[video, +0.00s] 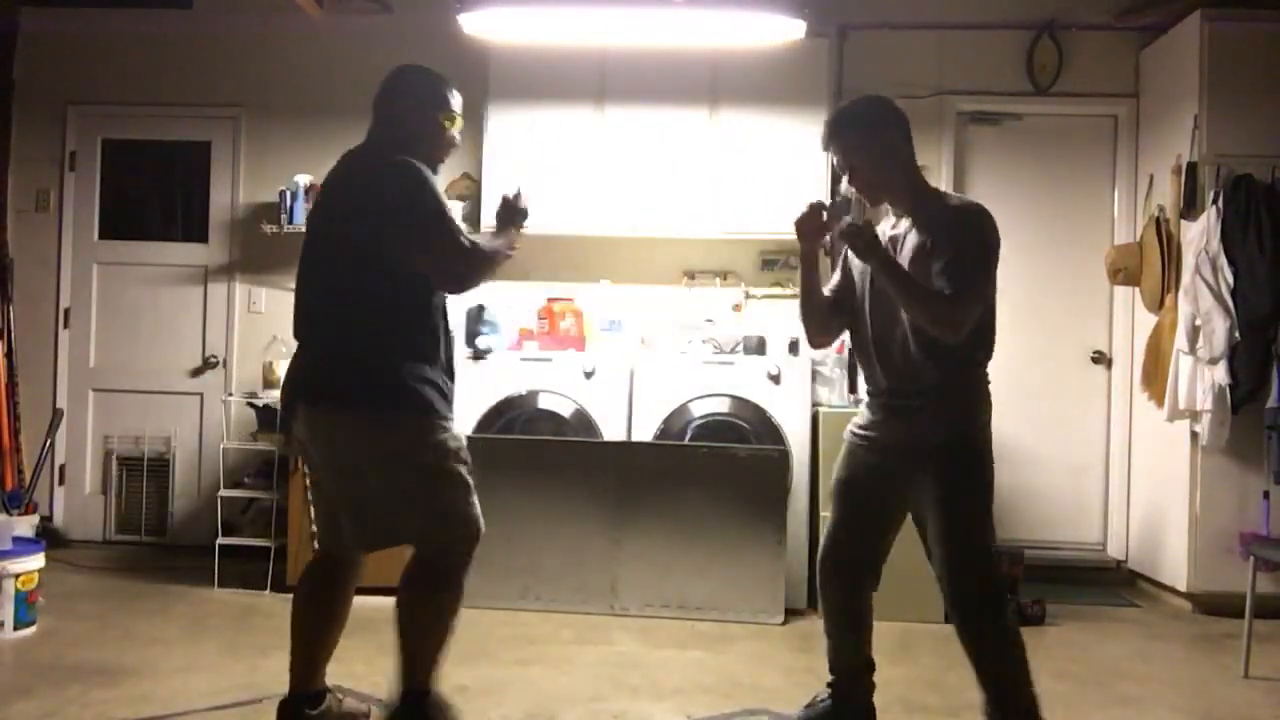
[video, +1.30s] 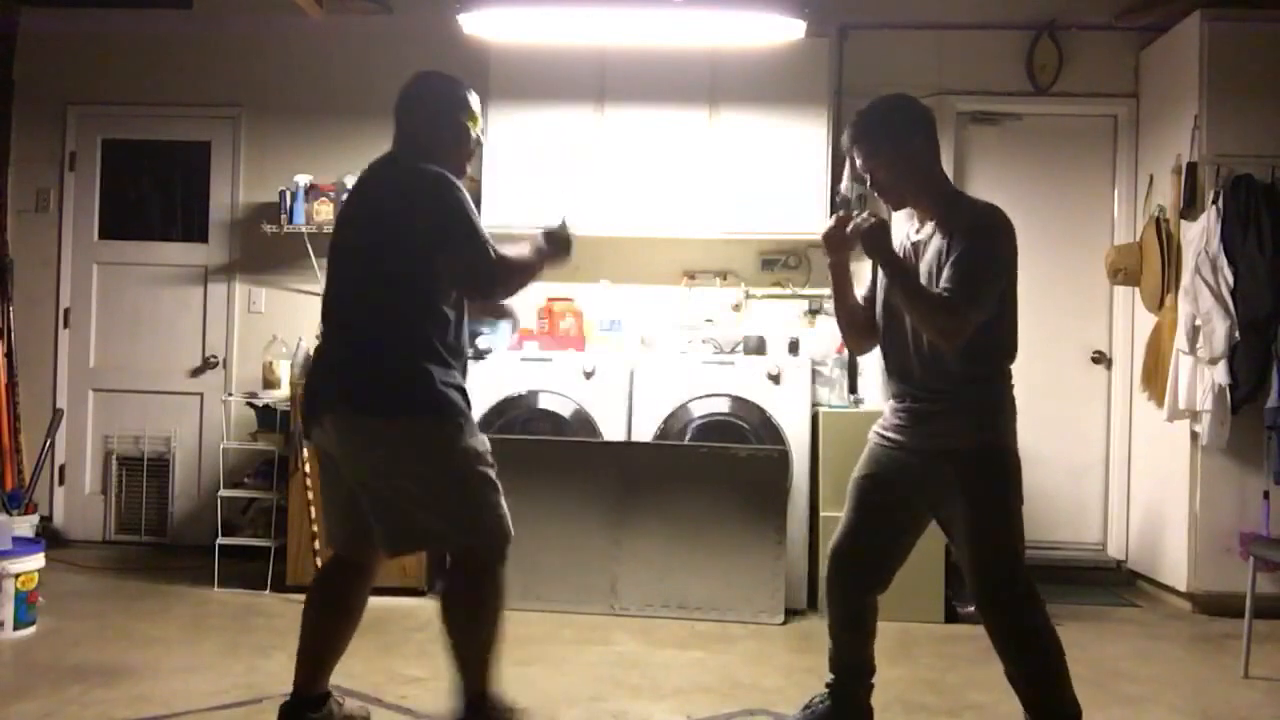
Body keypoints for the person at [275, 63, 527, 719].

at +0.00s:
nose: (454, 134)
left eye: (456, 121)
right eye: (447, 119)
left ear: (384, 115)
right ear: (412, 115)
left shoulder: (344, 177)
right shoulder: (402, 177)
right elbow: (458, 269)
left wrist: (462, 235)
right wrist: (503, 238)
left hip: (321, 397)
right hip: (390, 400)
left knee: (338, 547)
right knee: (452, 533)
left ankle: (304, 696)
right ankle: (416, 698)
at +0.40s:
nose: (467, 138)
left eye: (469, 124)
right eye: (460, 122)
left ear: (398, 119)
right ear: (424, 118)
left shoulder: (362, 181)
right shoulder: (419, 179)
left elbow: (420, 261)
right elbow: (457, 264)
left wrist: (483, 224)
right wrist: (534, 249)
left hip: (340, 400)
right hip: (413, 402)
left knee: (341, 550)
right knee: (483, 534)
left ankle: (303, 695)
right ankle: (473, 696)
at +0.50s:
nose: (498, 148)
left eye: (499, 134)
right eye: (492, 133)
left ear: (430, 126)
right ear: (462, 128)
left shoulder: (382, 187)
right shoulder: (459, 192)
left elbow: (433, 252)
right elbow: (517, 273)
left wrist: (500, 224)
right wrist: (581, 277)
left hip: (354, 401)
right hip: (433, 404)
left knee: (348, 555)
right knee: (494, 555)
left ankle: (302, 699)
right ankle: (527, 705)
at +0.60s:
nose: (536, 156)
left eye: (536, 144)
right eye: (530, 143)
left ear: (468, 137)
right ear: (503, 142)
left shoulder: (409, 196)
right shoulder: (514, 211)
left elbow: (383, 292)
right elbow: (599, 280)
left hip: (369, 405)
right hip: (458, 409)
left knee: (375, 559)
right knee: (519, 561)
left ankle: (309, 696)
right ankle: (544, 710)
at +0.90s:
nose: (575, 166)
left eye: (575, 152)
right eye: (572, 151)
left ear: (508, 144)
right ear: (549, 150)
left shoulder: (439, 197)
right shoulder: (544, 218)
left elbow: (417, 305)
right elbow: (576, 325)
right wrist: (614, 402)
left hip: (395, 404)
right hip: (486, 409)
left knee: (399, 555)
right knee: (552, 557)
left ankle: (332, 692)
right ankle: (552, 712)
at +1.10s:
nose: (519, 159)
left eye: (520, 145)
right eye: (514, 144)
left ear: (452, 140)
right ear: (488, 142)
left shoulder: (398, 198)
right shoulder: (480, 207)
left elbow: (433, 287)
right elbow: (507, 312)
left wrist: (517, 252)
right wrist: (558, 339)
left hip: (367, 408)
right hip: (447, 414)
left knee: (375, 560)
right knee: (509, 566)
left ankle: (311, 698)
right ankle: (545, 713)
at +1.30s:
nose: (477, 141)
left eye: (478, 128)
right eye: (471, 126)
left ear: (404, 124)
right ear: (441, 124)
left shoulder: (368, 188)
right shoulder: (433, 186)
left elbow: (412, 288)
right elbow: (488, 278)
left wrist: (479, 291)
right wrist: (547, 248)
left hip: (338, 399)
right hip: (413, 403)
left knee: (352, 554)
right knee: (482, 541)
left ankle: (306, 698)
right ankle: (478, 700)